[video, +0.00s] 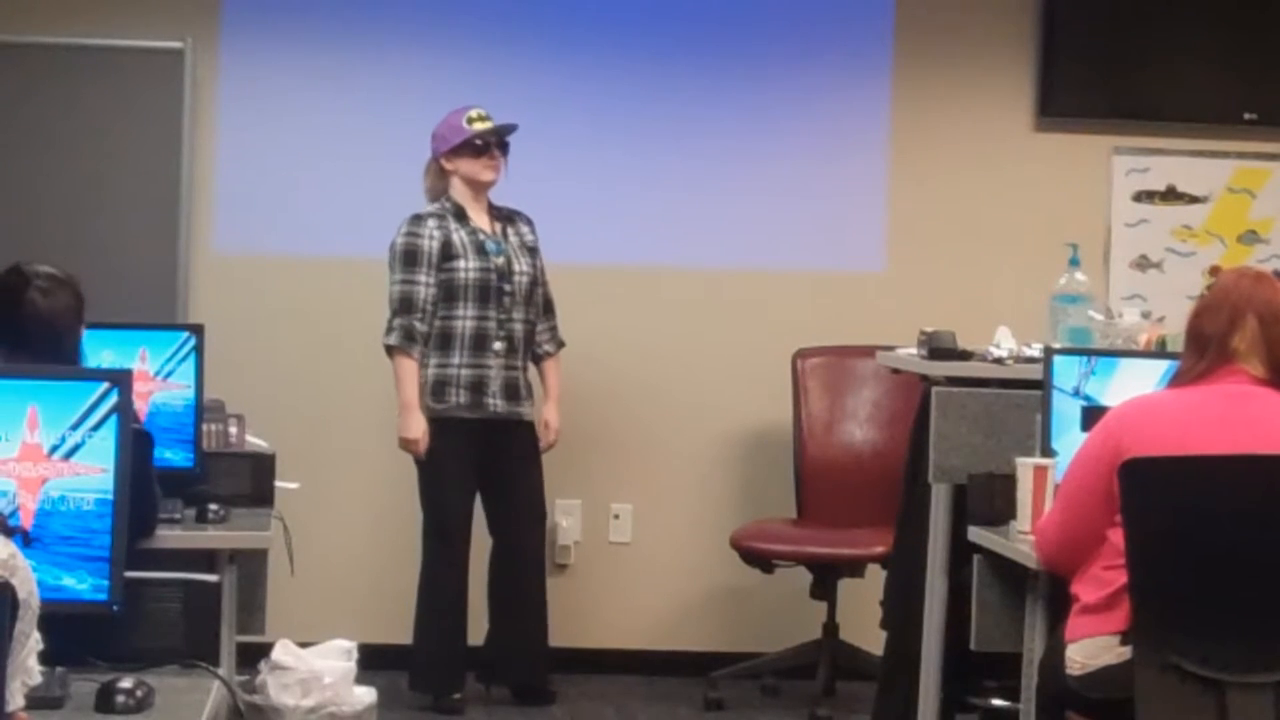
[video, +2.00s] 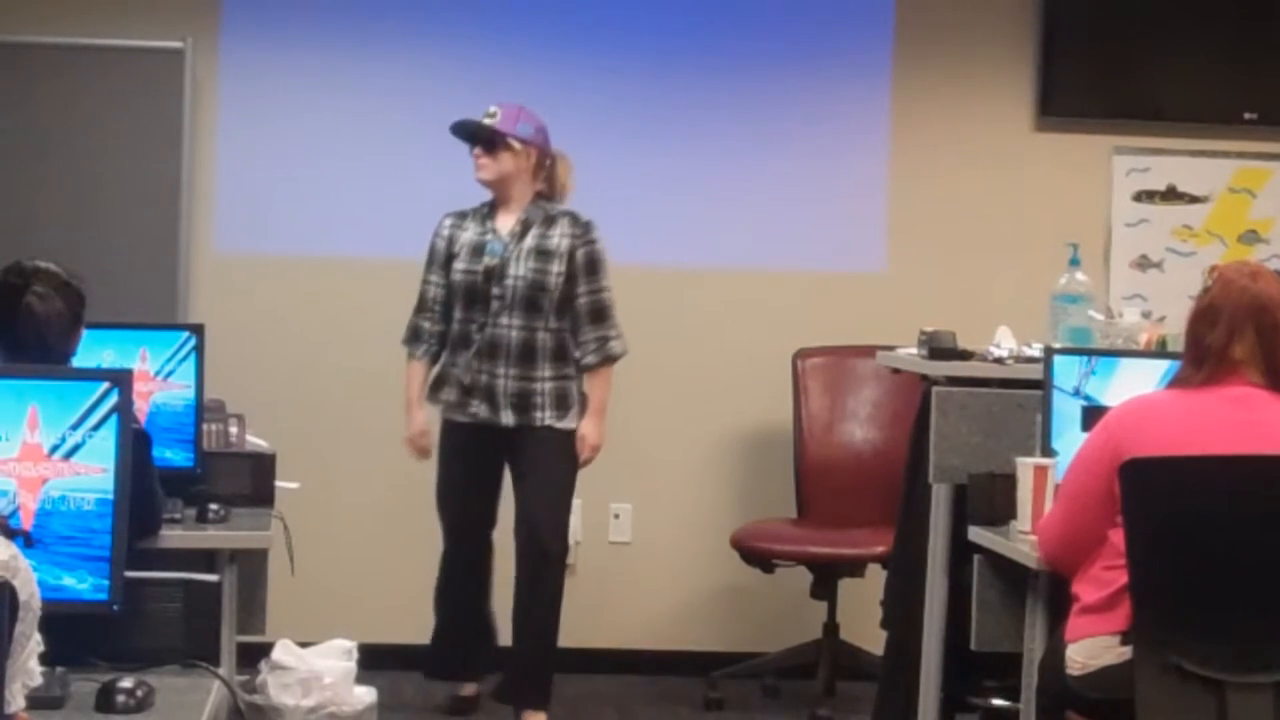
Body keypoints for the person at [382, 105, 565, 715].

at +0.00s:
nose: (493, 157)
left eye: (497, 148)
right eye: (478, 149)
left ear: (501, 159)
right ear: (447, 160)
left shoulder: (518, 230)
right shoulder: (422, 229)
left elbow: (542, 320)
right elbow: (404, 329)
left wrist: (551, 397)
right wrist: (410, 409)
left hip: (513, 417)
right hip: (447, 418)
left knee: (522, 547)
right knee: (447, 552)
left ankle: (519, 673)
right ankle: (439, 681)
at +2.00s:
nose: (478, 155)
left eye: (492, 147)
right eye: (477, 147)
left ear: (530, 156)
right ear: (484, 158)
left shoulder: (573, 233)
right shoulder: (455, 229)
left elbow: (597, 331)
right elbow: (428, 322)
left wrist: (594, 414)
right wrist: (415, 404)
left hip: (547, 415)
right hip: (467, 411)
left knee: (542, 549)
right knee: (463, 541)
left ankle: (532, 694)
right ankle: (468, 669)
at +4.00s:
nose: (583, 151)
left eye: (598, 140)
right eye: (568, 141)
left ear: (621, 156)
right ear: (551, 157)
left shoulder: (650, 238)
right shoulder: (517, 232)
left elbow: (692, 335)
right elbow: (462, 325)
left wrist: (705, 425)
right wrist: (432, 416)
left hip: (608, 445)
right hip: (517, 441)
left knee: (597, 597)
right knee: (514, 593)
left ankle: (591, 714)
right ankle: (514, 716)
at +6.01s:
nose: (625, 160)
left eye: (644, 148)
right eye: (612, 149)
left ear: (678, 163)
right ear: (600, 165)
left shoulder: (719, 244)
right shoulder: (568, 260)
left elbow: (731, 322)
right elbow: (516, 366)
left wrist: (653, 379)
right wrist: (486, 475)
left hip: (693, 489)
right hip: (595, 485)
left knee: (683, 670)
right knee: (590, 658)